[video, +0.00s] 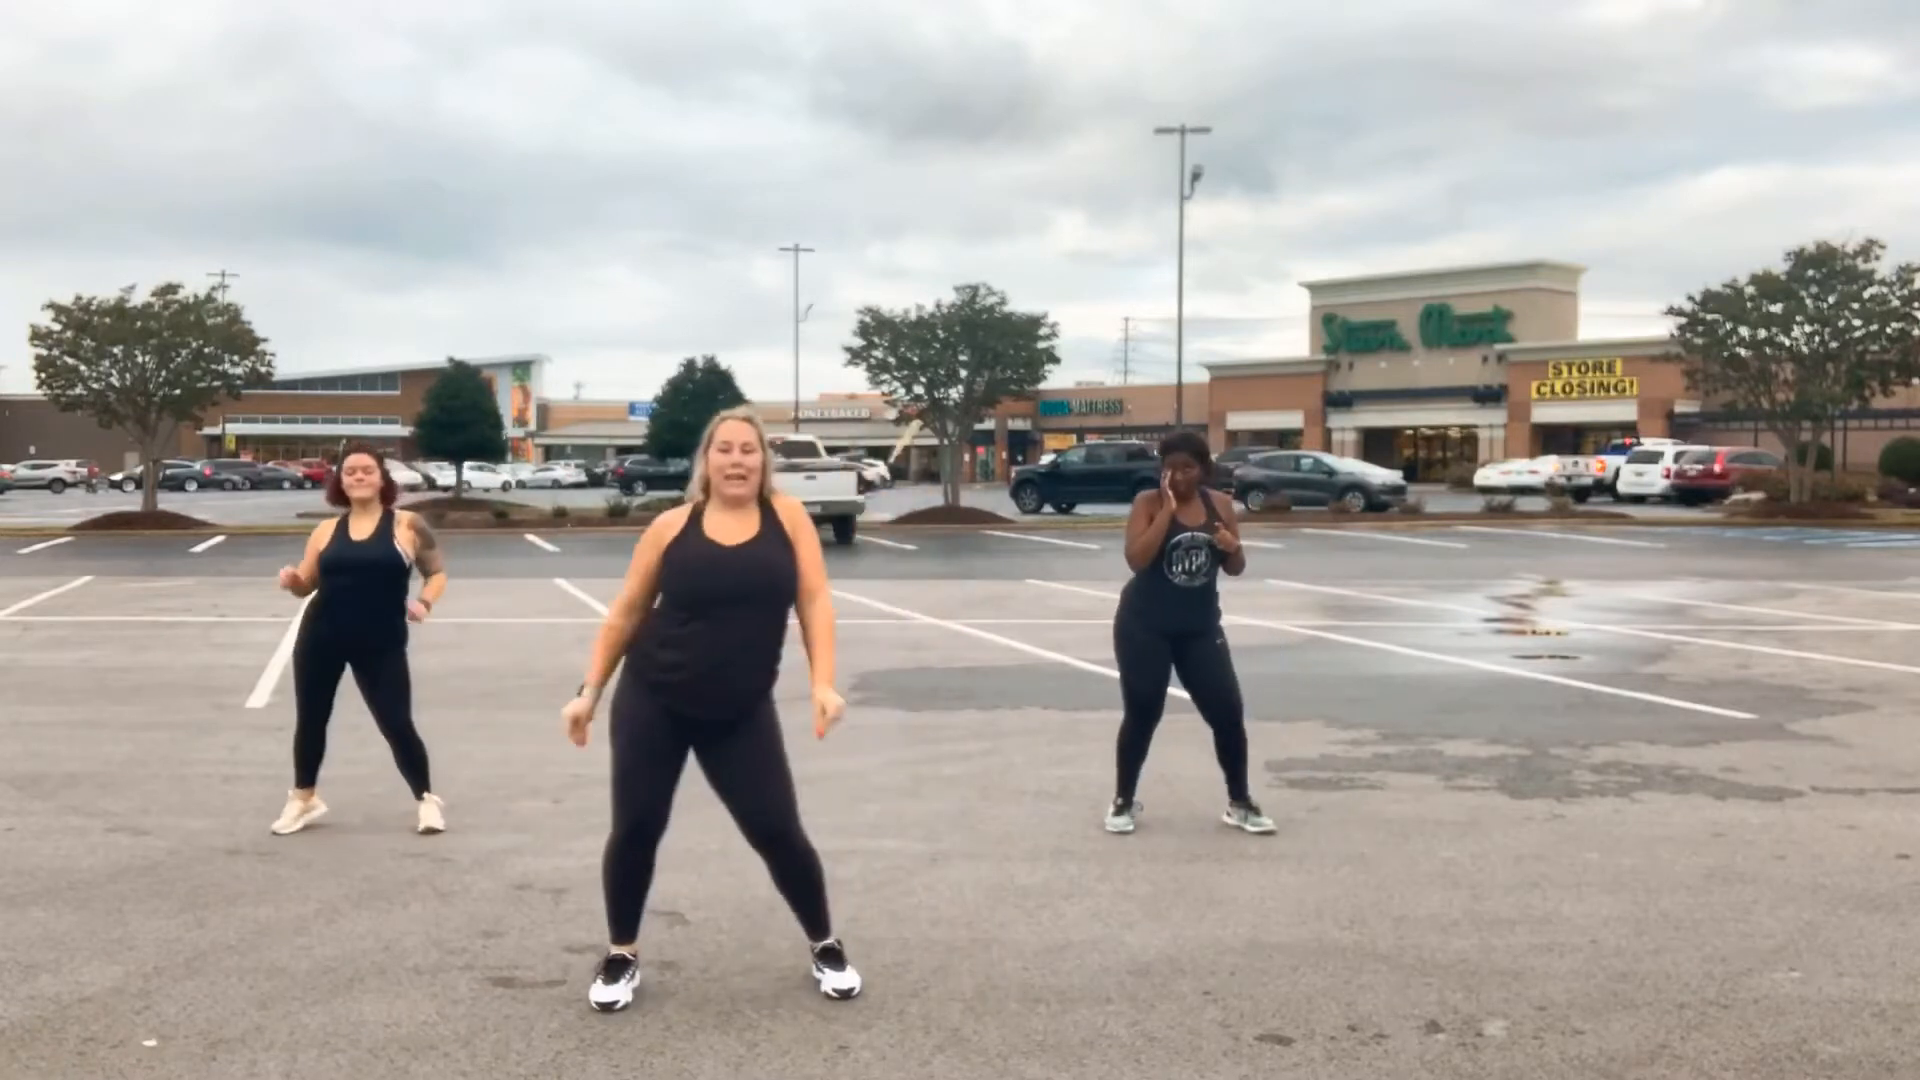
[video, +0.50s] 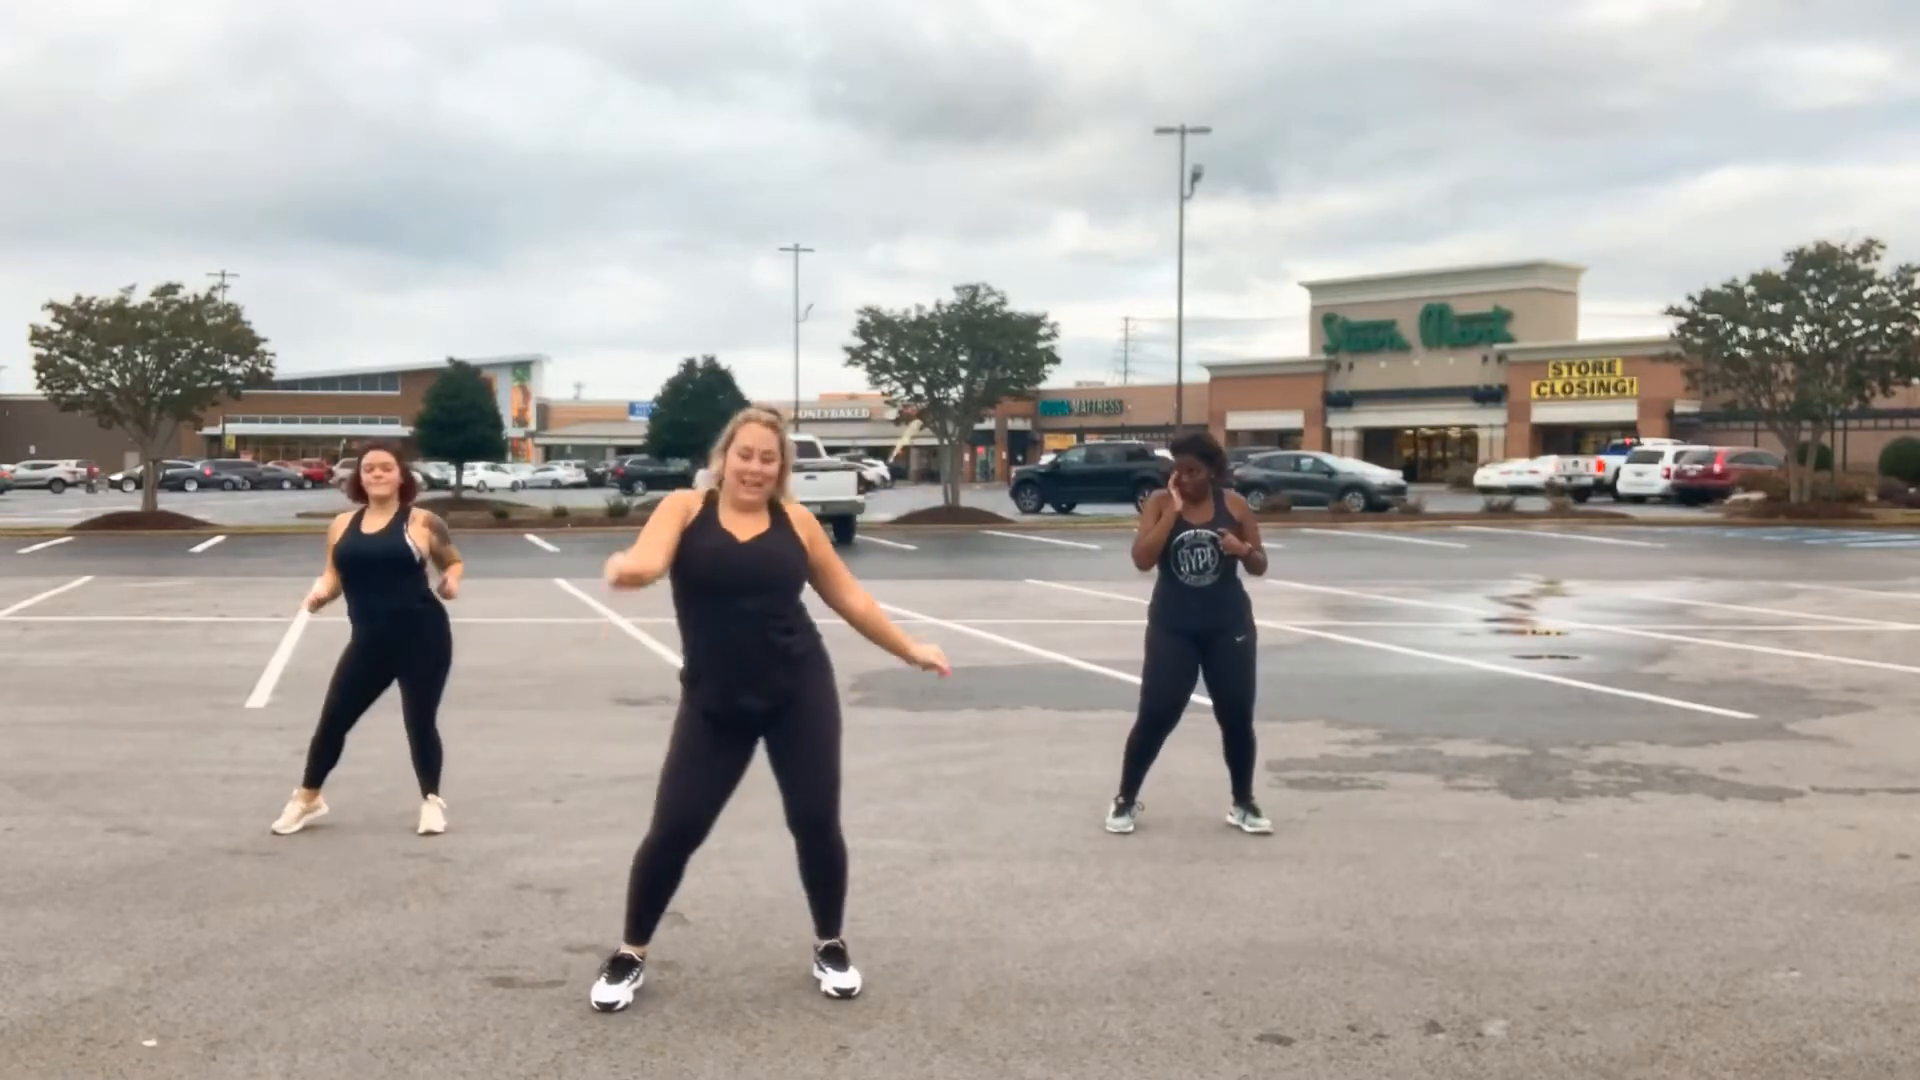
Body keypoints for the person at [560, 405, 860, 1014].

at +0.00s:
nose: (736, 460)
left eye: (748, 449)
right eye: (724, 449)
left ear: (764, 460)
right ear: (704, 459)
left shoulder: (788, 520)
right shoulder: (670, 527)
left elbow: (814, 599)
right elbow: (626, 611)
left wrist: (822, 681)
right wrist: (590, 690)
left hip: (739, 709)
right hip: (652, 703)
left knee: (779, 834)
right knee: (635, 829)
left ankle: (825, 947)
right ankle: (621, 953)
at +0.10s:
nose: (729, 463)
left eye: (740, 452)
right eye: (717, 452)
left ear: (757, 463)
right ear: (697, 462)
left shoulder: (778, 522)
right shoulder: (663, 529)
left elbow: (813, 609)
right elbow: (622, 611)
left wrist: (841, 690)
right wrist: (587, 675)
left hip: (737, 711)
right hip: (649, 706)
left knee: (778, 835)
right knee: (628, 833)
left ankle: (825, 946)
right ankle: (620, 955)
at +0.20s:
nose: (726, 460)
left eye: (739, 451)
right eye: (715, 448)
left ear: (754, 462)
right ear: (695, 457)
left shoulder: (776, 521)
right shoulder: (659, 526)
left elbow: (817, 602)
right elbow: (621, 592)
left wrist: (860, 672)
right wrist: (599, 625)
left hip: (745, 706)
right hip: (655, 703)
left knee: (786, 831)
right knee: (630, 831)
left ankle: (826, 947)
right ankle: (621, 955)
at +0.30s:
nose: (731, 454)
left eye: (743, 444)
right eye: (720, 442)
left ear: (759, 456)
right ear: (700, 450)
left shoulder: (779, 514)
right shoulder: (664, 511)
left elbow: (826, 590)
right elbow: (619, 583)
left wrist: (878, 651)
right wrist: (611, 582)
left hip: (760, 699)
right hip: (671, 697)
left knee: (797, 831)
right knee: (642, 828)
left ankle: (829, 948)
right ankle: (623, 955)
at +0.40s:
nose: (741, 453)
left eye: (754, 444)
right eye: (731, 441)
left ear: (769, 454)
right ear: (710, 447)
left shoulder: (786, 511)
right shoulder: (672, 503)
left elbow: (836, 583)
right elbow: (634, 566)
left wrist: (894, 639)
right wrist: (622, 554)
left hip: (778, 694)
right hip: (692, 694)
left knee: (803, 822)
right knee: (658, 828)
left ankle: (829, 946)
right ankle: (626, 953)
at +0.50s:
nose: (753, 466)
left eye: (766, 457)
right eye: (744, 453)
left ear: (782, 466)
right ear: (723, 457)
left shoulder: (796, 522)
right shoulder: (683, 508)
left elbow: (850, 597)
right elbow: (649, 559)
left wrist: (909, 648)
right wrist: (628, 570)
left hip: (799, 696)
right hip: (714, 701)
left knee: (817, 824)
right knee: (671, 835)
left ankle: (831, 947)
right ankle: (630, 953)